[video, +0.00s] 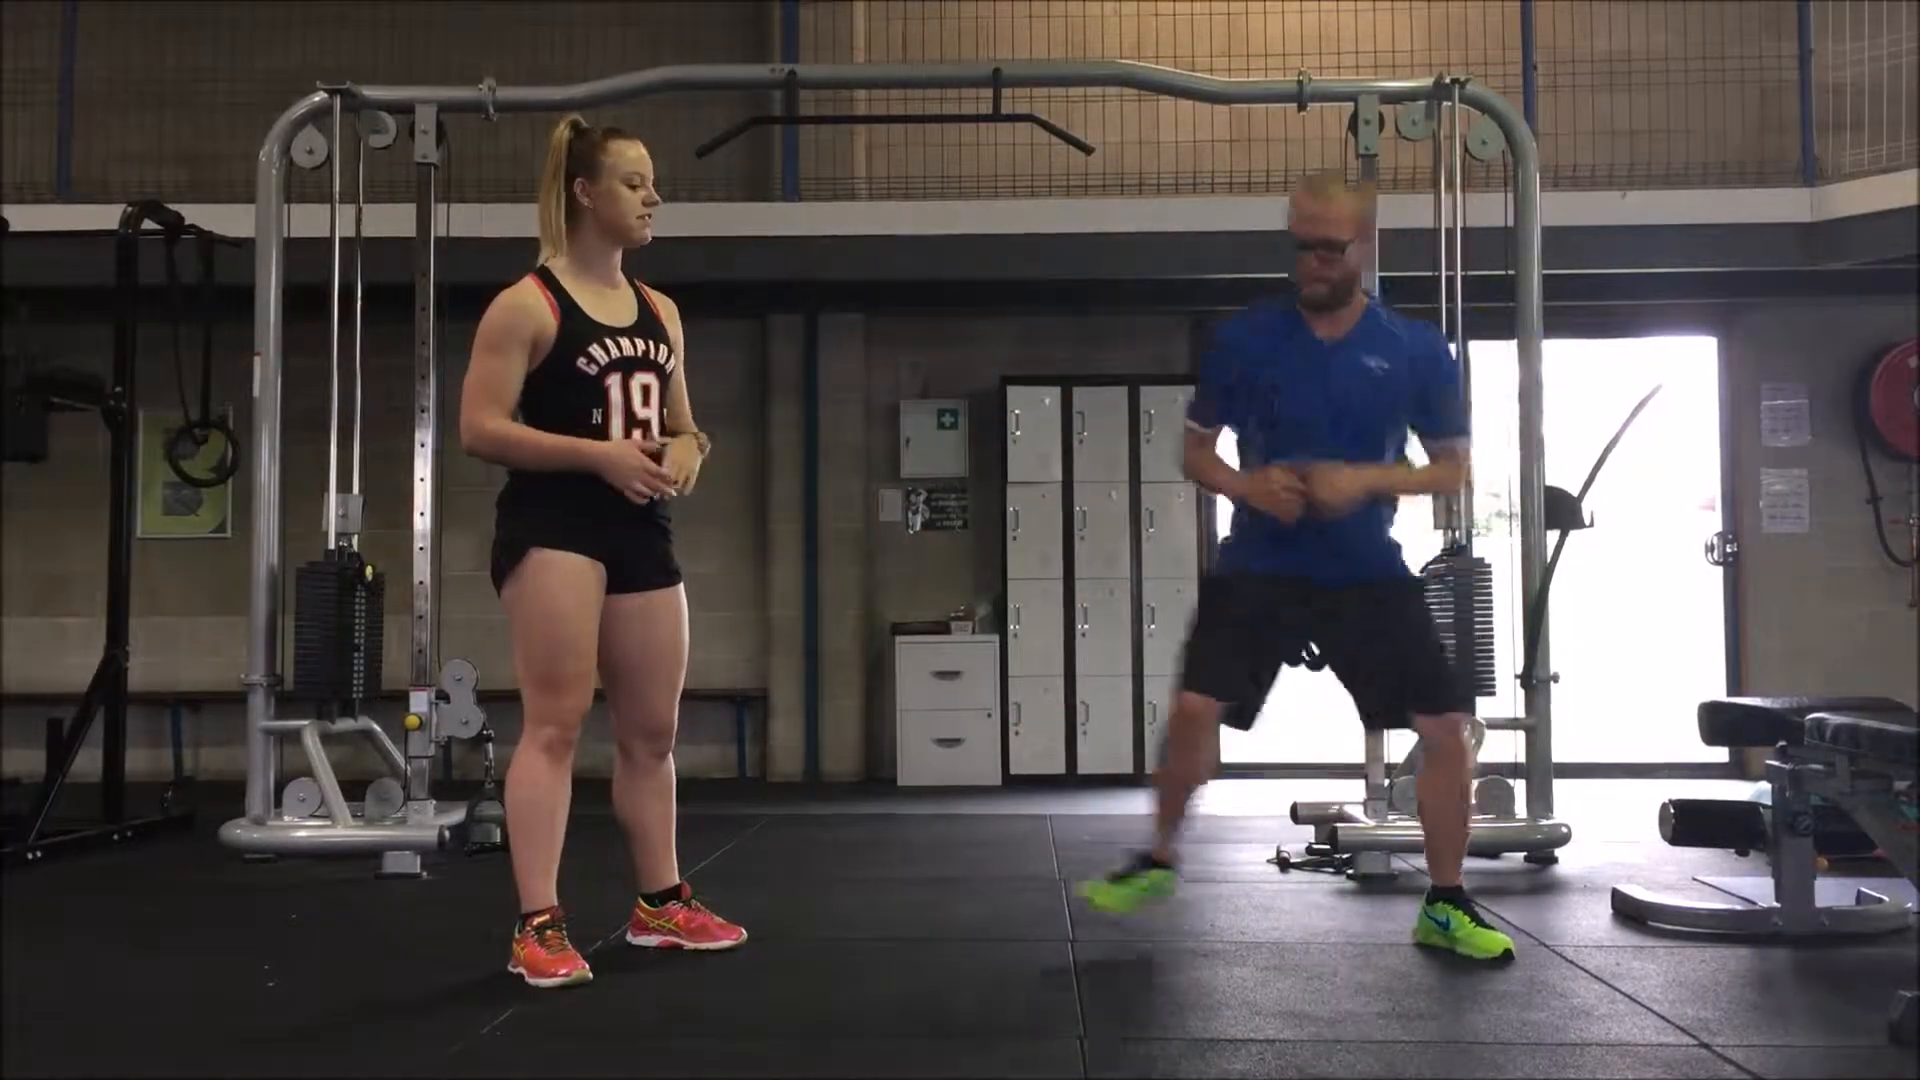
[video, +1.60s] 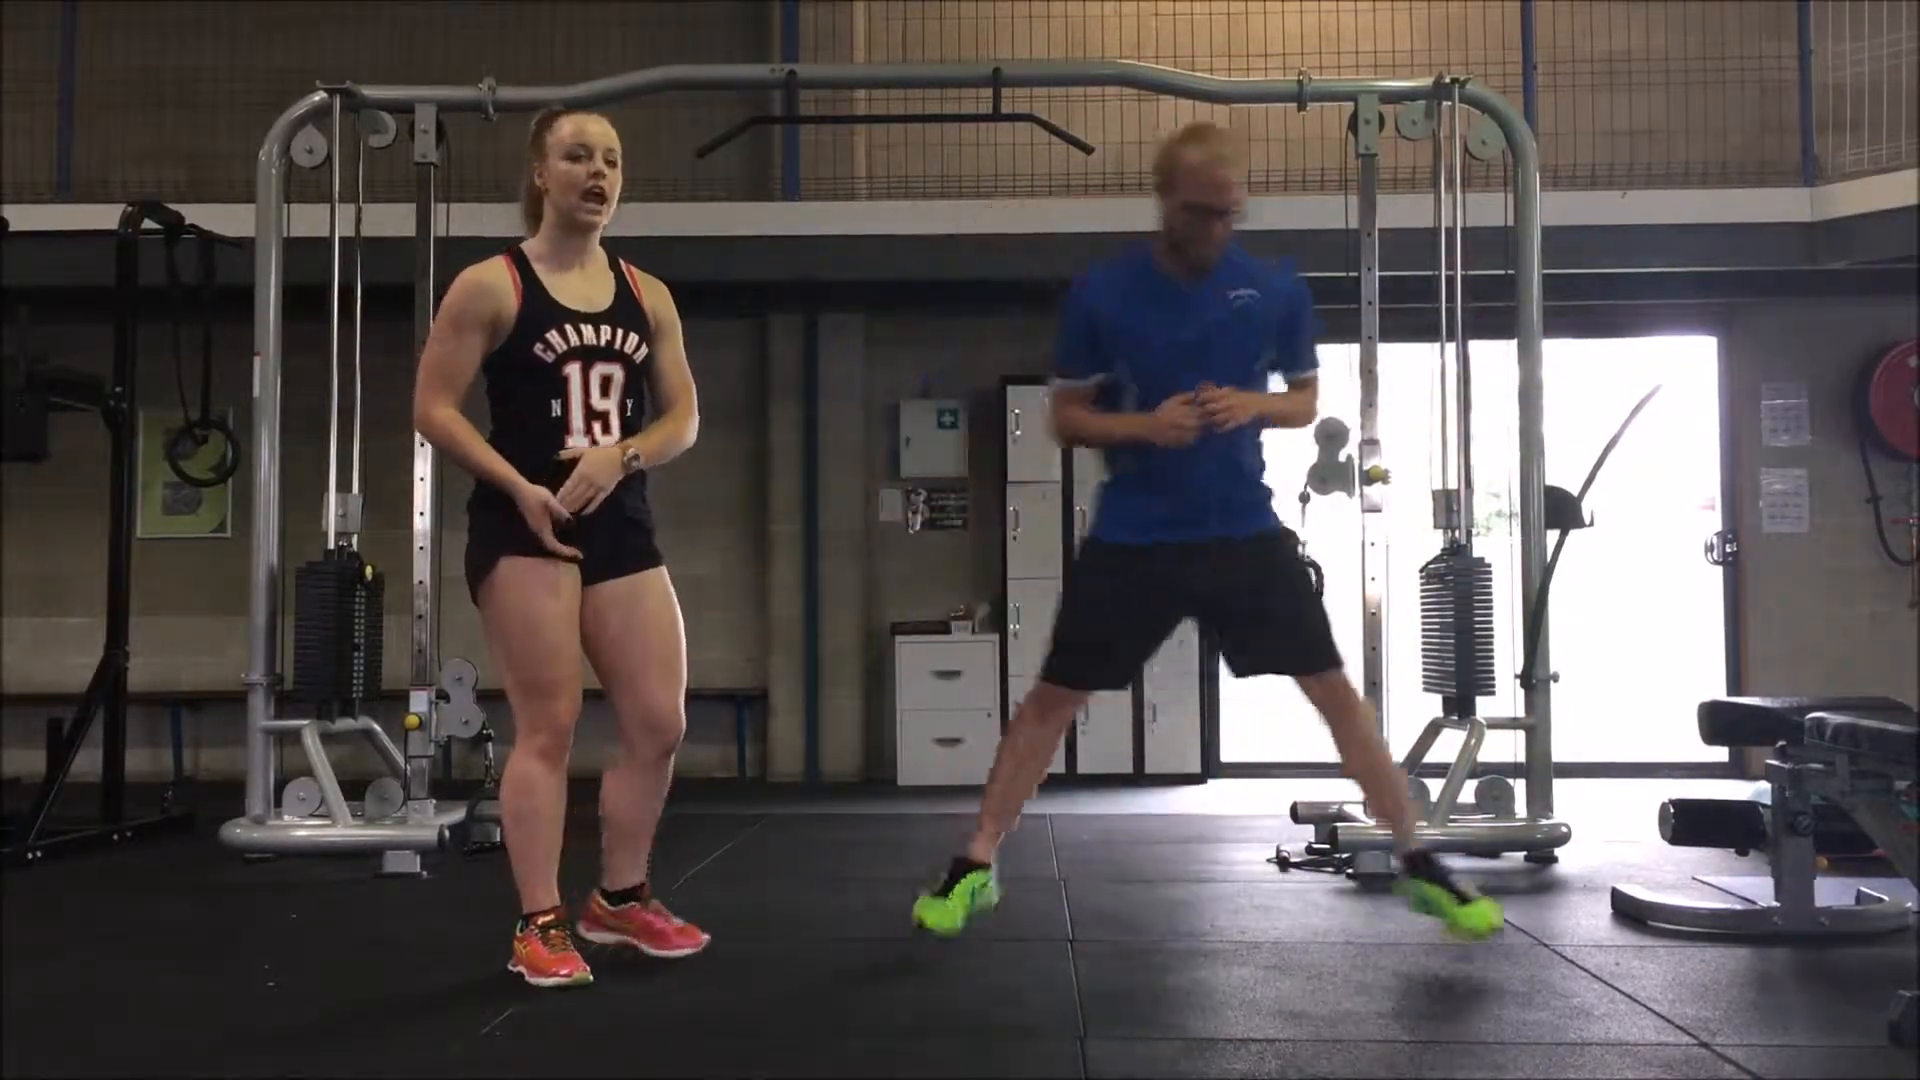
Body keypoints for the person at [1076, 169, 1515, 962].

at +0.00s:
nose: (1313, 263)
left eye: (1332, 249)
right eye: (1302, 246)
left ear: (1368, 248)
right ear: (1288, 242)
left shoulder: (1417, 350)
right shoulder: (1244, 341)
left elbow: (1453, 472)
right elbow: (1194, 452)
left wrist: (1363, 480)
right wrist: (1245, 487)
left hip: (1366, 573)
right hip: (1258, 570)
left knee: (1445, 721)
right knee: (1192, 708)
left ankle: (1447, 900)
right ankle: (1158, 861)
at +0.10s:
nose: (1240, 215)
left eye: (1256, 200)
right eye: (1227, 199)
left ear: (1289, 196)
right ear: (1210, 193)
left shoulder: (1345, 290)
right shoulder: (1170, 295)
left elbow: (1380, 406)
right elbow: (1128, 409)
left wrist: (1299, 398)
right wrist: (1181, 424)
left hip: (1303, 541)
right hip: (1189, 538)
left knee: (1374, 700)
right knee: (1116, 680)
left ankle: (1445, 876)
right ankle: (1057, 851)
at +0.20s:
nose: (1167, 197)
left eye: (1181, 181)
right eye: (1153, 182)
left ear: (1210, 178)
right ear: (1133, 183)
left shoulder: (1266, 271)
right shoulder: (1093, 283)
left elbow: (1302, 392)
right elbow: (1057, 401)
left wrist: (1227, 382)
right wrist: (1113, 408)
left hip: (1232, 526)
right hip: (1120, 529)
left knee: (1317, 679)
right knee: (1050, 691)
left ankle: (1379, 846)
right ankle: (983, 867)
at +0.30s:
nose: (1101, 215)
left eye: (1117, 200)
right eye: (1087, 200)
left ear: (1145, 202)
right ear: (1066, 203)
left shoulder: (1196, 299)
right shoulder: (1024, 307)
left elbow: (1228, 420)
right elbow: (983, 428)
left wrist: (1163, 419)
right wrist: (1048, 439)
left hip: (1161, 548)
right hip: (1054, 554)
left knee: (1254, 687)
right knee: (1002, 717)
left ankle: (1284, 833)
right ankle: (963, 893)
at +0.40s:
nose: (1049, 233)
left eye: (1063, 219)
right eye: (1034, 220)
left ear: (1089, 220)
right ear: (1011, 223)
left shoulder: (1139, 321)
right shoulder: (973, 331)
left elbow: (1182, 435)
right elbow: (938, 453)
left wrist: (1113, 446)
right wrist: (1002, 465)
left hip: (1117, 567)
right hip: (1011, 575)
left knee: (1198, 712)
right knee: (981, 739)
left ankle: (1202, 833)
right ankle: (961, 899)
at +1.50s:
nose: (1128, 263)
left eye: (1141, 247)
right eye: (1112, 246)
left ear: (1155, 238)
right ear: (1077, 234)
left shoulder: (1188, 320)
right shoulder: (1024, 341)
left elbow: (1229, 429)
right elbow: (987, 456)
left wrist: (1178, 442)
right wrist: (1058, 469)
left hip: (1174, 563)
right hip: (1064, 572)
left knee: (1262, 694)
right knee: (1010, 729)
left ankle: (1307, 861)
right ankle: (964, 897)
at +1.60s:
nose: (1222, 230)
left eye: (1231, 213)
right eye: (1206, 214)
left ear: (1243, 203)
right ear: (1163, 206)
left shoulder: (1272, 287)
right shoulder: (1100, 295)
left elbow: (1304, 405)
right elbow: (1065, 418)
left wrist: (1257, 405)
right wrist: (1146, 425)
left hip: (1243, 537)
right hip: (1131, 541)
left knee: (1334, 690)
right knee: (1051, 699)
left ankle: (1416, 856)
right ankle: (976, 859)